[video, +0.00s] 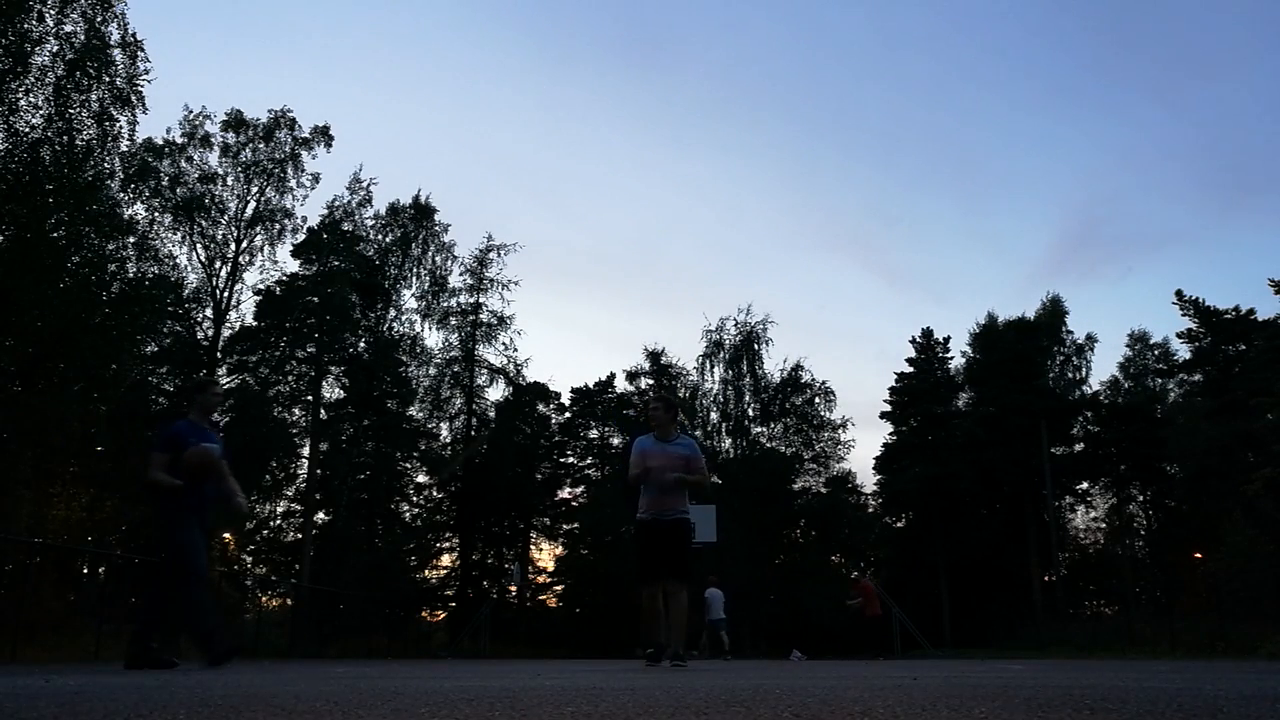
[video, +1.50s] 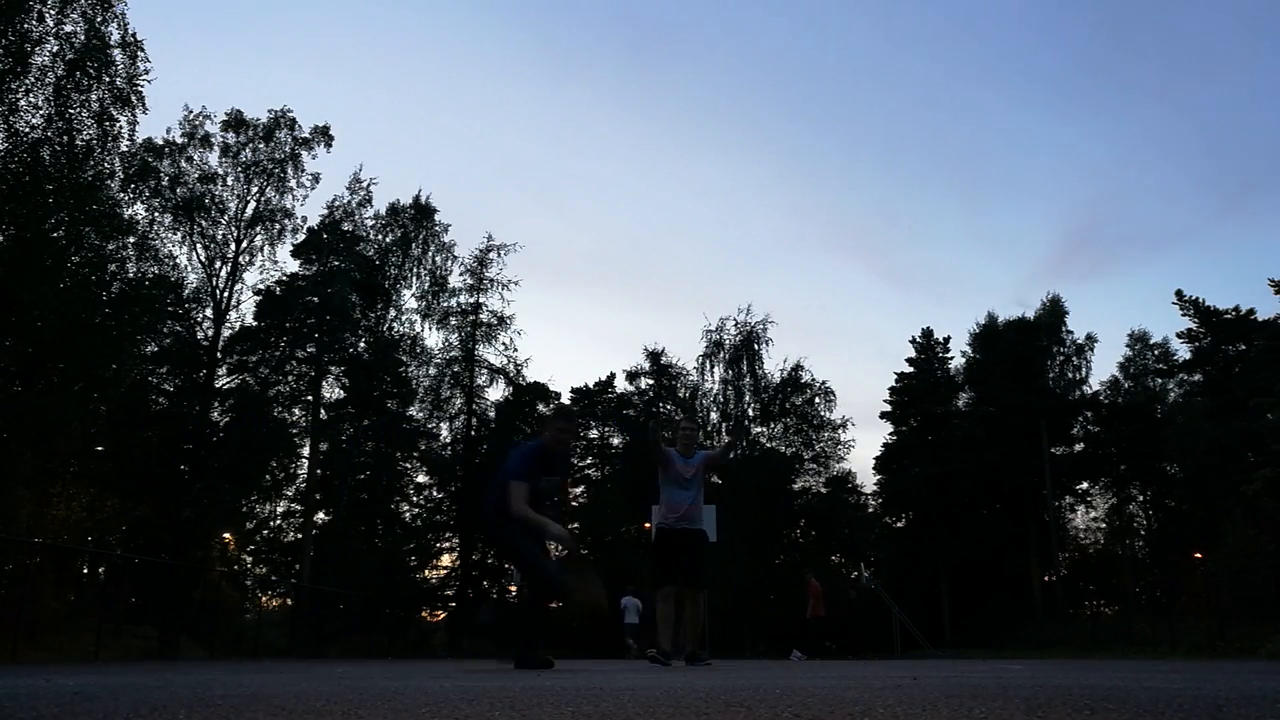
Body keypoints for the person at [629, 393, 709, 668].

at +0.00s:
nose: (651, 414)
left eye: (656, 410)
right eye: (650, 410)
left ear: (671, 414)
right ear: (651, 415)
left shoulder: (689, 445)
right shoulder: (641, 444)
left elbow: (704, 480)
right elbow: (632, 478)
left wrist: (678, 477)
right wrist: (646, 472)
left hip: (677, 521)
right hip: (647, 521)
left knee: (677, 585)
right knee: (650, 585)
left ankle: (677, 649)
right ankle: (655, 646)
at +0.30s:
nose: (634, 425)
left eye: (639, 420)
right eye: (633, 421)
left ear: (654, 422)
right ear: (634, 425)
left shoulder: (675, 449)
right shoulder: (630, 458)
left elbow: (698, 477)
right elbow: (625, 493)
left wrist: (663, 479)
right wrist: (628, 521)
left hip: (675, 525)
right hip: (646, 527)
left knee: (675, 585)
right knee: (652, 588)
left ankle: (677, 647)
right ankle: (659, 648)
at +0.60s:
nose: (632, 428)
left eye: (636, 423)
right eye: (630, 424)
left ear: (650, 425)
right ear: (631, 428)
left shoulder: (669, 450)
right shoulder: (630, 461)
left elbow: (691, 478)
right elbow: (623, 494)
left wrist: (658, 479)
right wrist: (617, 520)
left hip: (677, 525)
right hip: (648, 528)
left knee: (689, 585)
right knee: (657, 590)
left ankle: (708, 646)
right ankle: (663, 651)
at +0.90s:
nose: (648, 427)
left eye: (653, 422)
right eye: (645, 423)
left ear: (662, 426)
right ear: (640, 428)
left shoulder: (678, 451)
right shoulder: (635, 461)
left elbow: (695, 481)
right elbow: (620, 495)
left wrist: (672, 477)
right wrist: (631, 519)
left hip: (682, 527)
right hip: (652, 529)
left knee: (693, 586)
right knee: (658, 590)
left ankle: (706, 644)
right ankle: (663, 650)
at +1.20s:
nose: (671, 430)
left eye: (675, 426)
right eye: (667, 426)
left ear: (681, 430)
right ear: (660, 430)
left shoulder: (694, 457)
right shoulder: (650, 460)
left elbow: (711, 486)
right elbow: (635, 492)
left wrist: (702, 483)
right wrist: (649, 479)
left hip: (688, 530)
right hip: (659, 530)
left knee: (691, 590)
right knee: (661, 591)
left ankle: (693, 649)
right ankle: (663, 650)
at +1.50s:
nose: (688, 433)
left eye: (692, 430)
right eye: (684, 429)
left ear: (698, 434)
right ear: (676, 433)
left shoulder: (702, 458)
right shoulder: (667, 456)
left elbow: (720, 455)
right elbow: (655, 449)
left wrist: (731, 443)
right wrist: (652, 427)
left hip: (694, 531)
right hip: (667, 531)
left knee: (694, 592)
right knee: (666, 590)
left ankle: (692, 651)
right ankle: (664, 650)